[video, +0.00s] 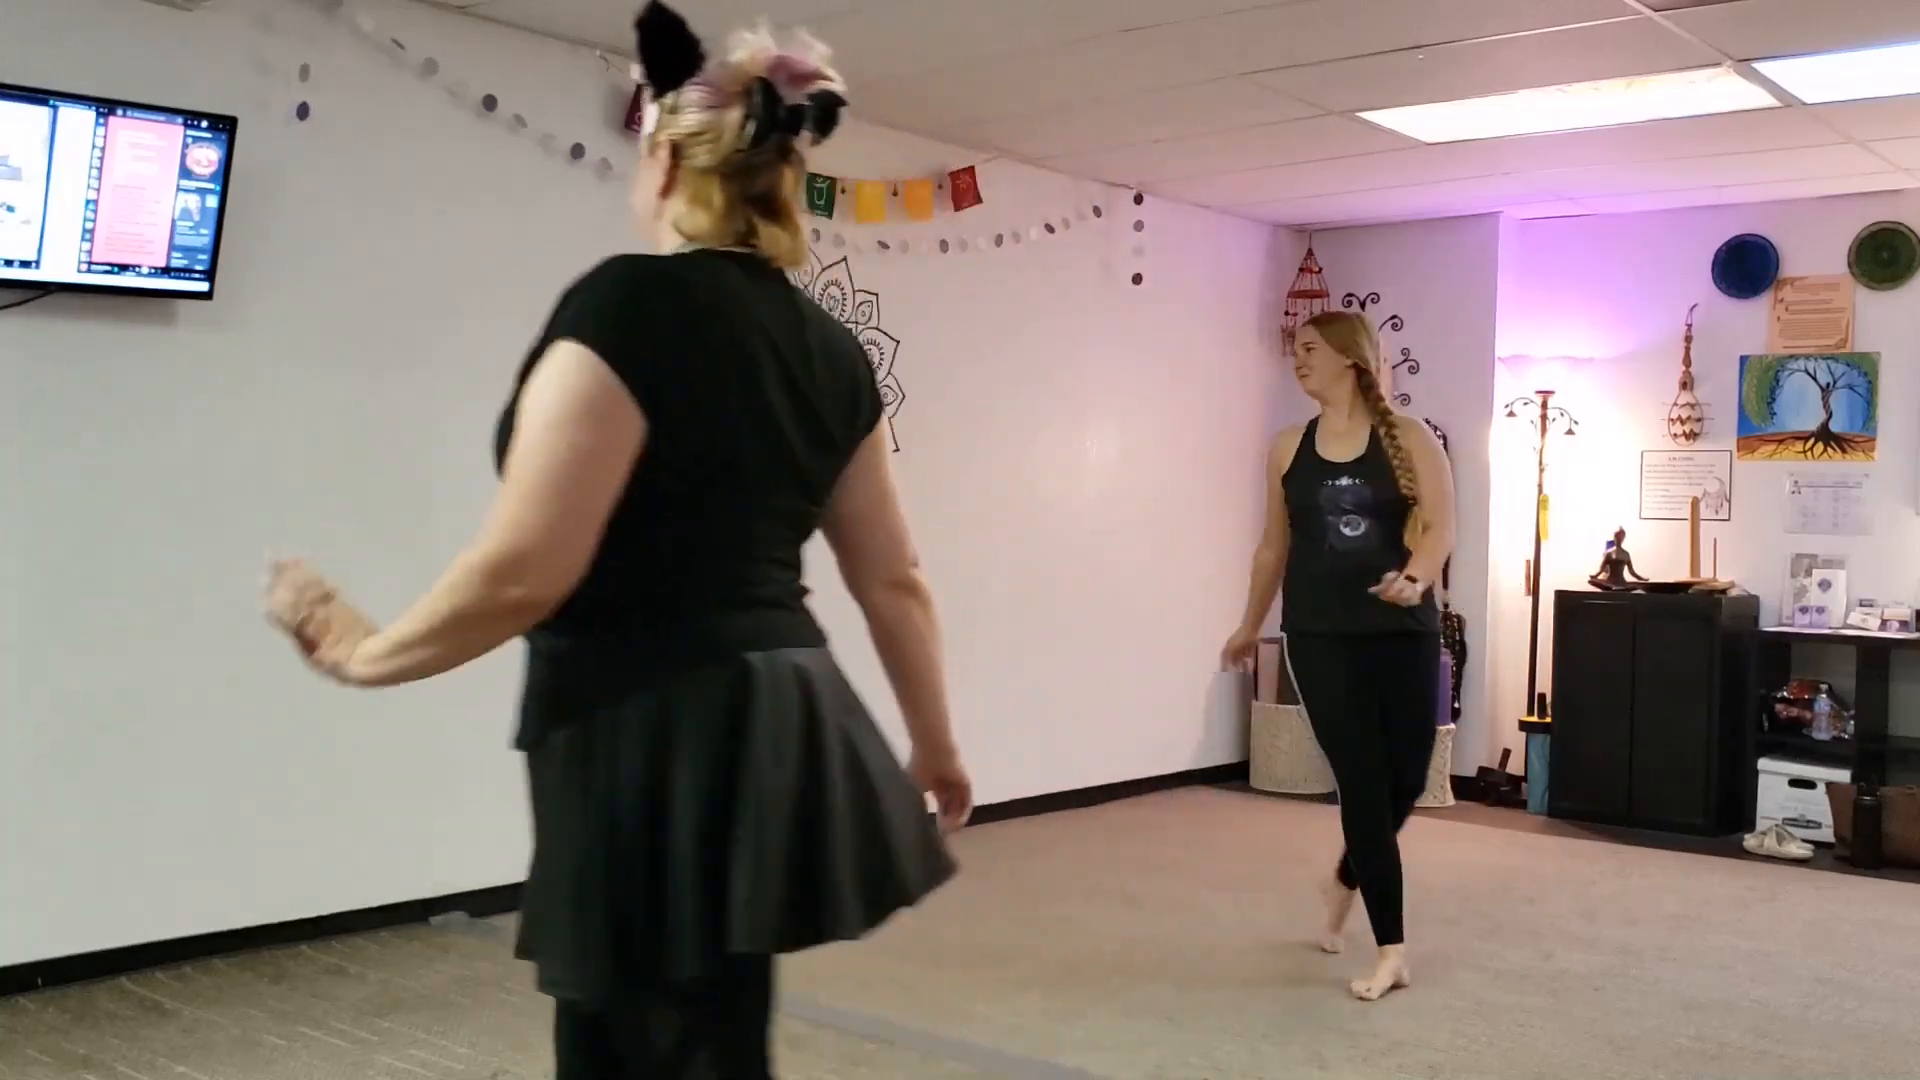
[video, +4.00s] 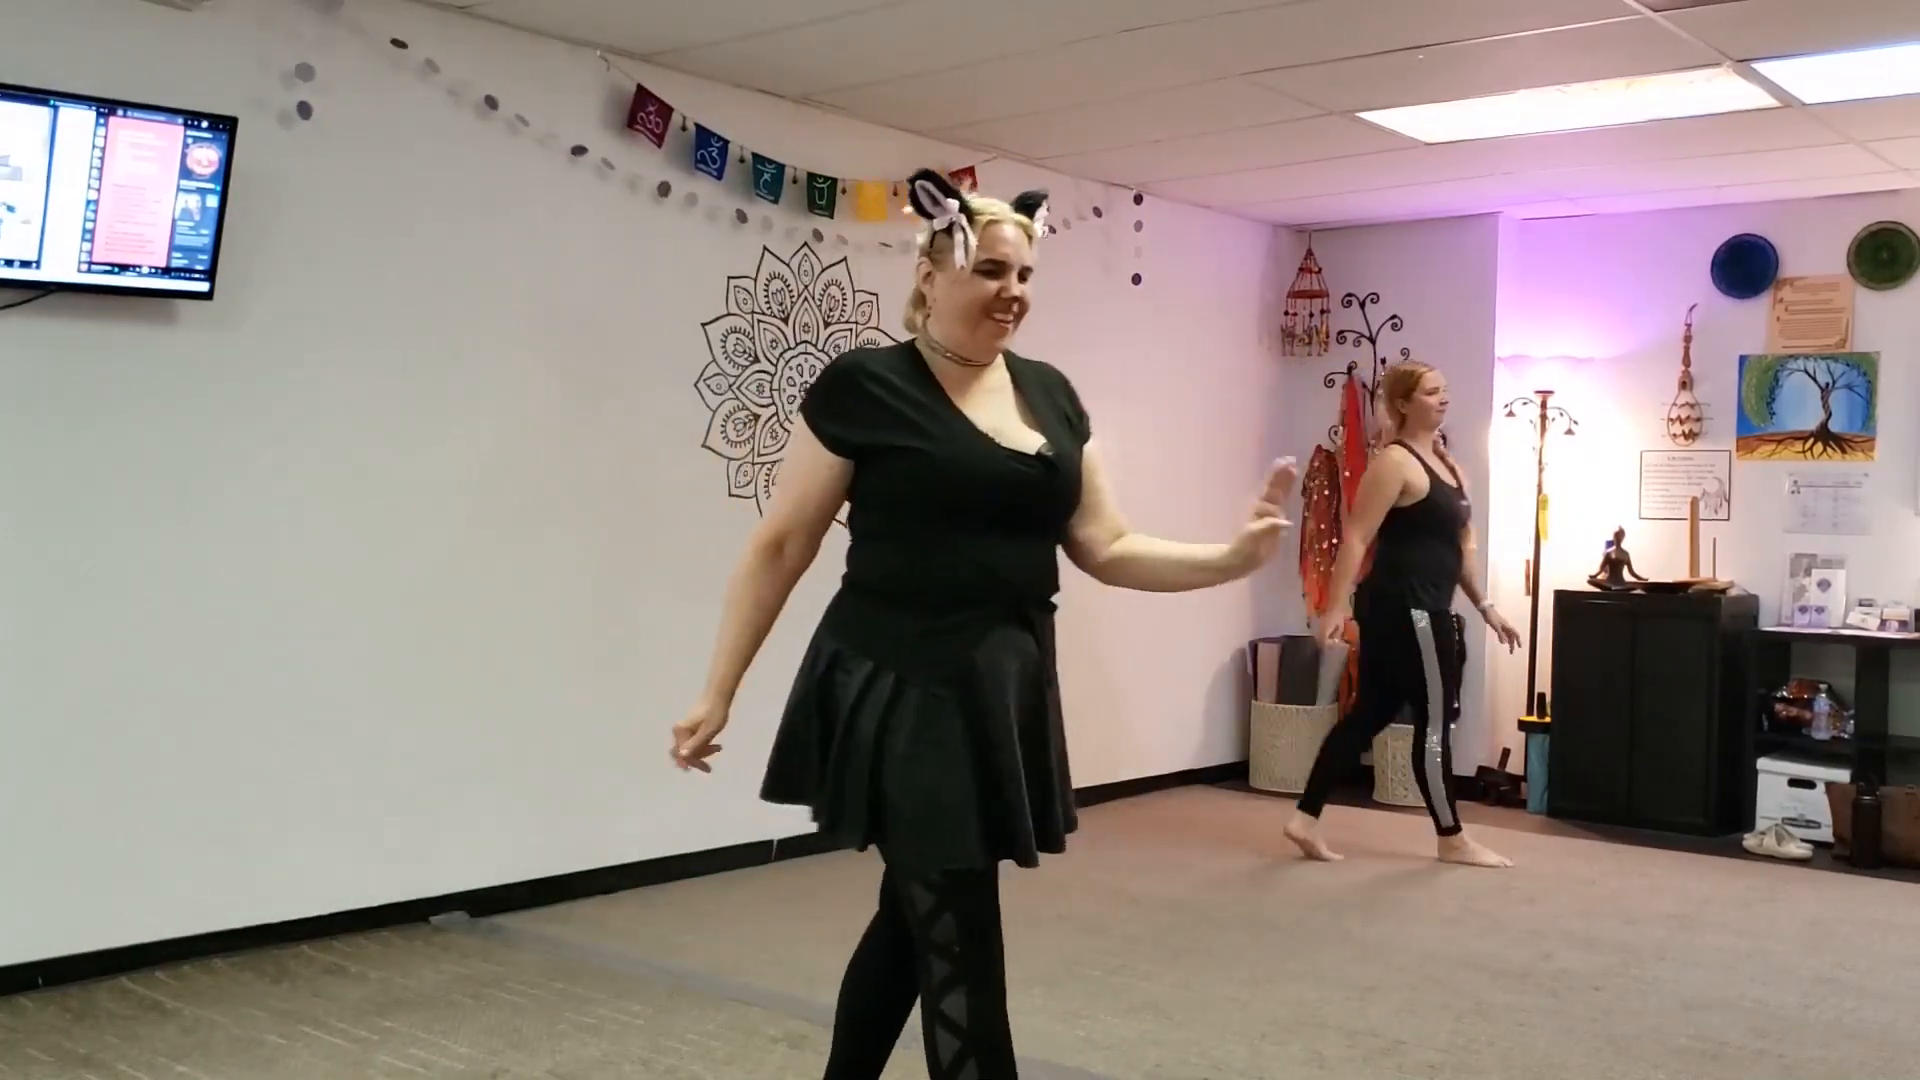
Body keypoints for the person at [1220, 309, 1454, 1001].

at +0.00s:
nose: (1298, 360)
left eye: (1310, 350)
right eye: (1297, 351)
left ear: (1353, 360)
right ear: (1307, 364)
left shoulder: (1407, 436)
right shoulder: (1290, 447)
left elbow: (1440, 525)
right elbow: (1274, 544)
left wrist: (1416, 577)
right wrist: (1249, 626)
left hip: (1402, 632)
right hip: (1320, 636)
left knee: (1405, 782)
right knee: (1362, 784)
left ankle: (1343, 879)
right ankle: (1391, 948)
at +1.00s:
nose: (1320, 373)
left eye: (1316, 361)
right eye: (1317, 364)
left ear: (1254, 372)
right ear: (1307, 374)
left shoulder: (1240, 448)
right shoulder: (1343, 450)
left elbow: (1192, 528)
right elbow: (1356, 547)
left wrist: (1112, 582)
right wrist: (1352, 606)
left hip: (1245, 631)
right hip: (1324, 629)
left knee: (1234, 774)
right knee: (1322, 774)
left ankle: (1231, 914)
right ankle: (1375, 916)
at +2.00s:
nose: (1253, 387)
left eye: (1241, 375)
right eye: (1254, 379)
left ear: (1199, 379)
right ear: (1249, 385)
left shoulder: (1168, 450)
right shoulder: (1264, 455)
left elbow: (1161, 537)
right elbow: (1277, 546)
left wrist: (1190, 582)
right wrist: (1305, 628)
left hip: (1177, 606)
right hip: (1248, 611)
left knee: (1184, 729)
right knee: (1223, 732)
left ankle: (1200, 844)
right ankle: (1203, 860)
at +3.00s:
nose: (1307, 402)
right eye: (1304, 395)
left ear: (1255, 401)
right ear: (1300, 401)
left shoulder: (1237, 468)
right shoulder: (1334, 455)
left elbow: (1207, 545)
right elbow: (1354, 540)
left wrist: (1167, 600)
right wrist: (1363, 608)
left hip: (1249, 601)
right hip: (1307, 603)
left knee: (1277, 713)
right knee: (1272, 716)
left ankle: (1291, 834)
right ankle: (1217, 824)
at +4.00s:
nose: (1444, 399)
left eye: (1444, 392)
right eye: (1433, 393)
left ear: (1436, 402)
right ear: (1404, 403)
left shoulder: (1445, 463)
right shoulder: (1392, 462)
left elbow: (1458, 550)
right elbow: (1356, 537)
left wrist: (1486, 608)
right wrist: (1335, 608)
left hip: (1422, 602)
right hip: (1405, 604)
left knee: (1370, 713)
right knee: (1435, 717)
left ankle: (1305, 817)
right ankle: (1451, 838)